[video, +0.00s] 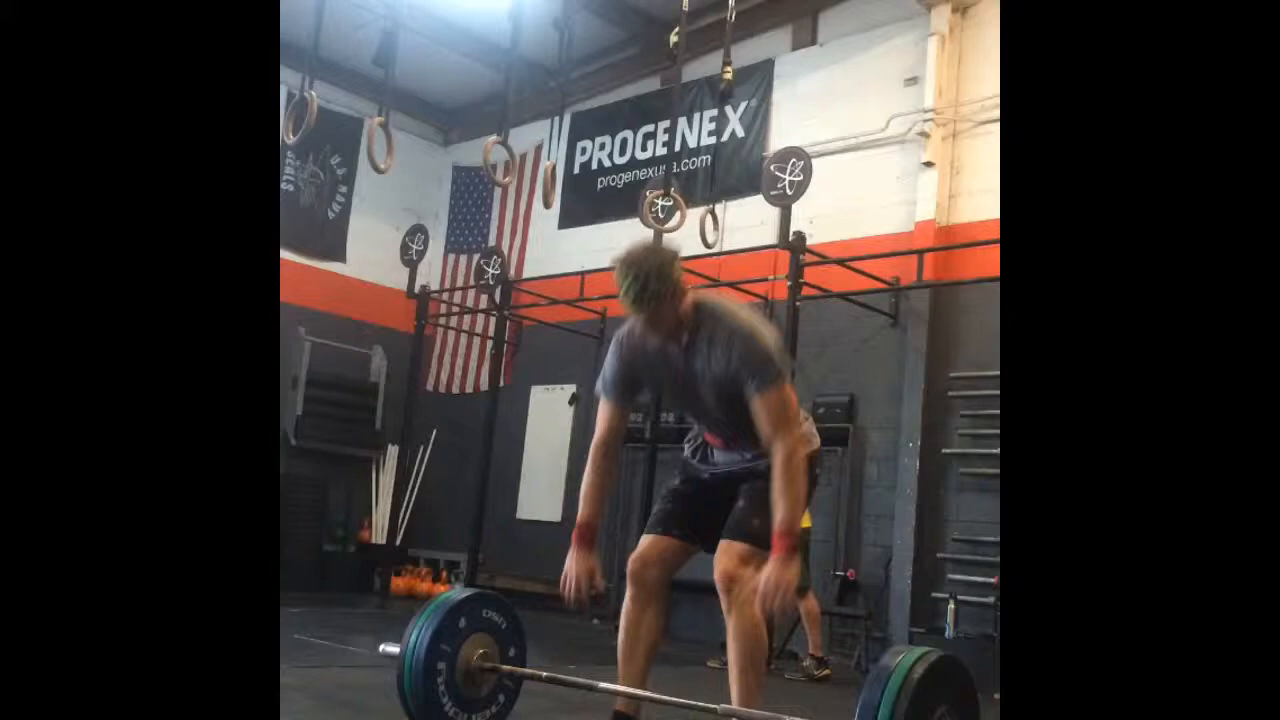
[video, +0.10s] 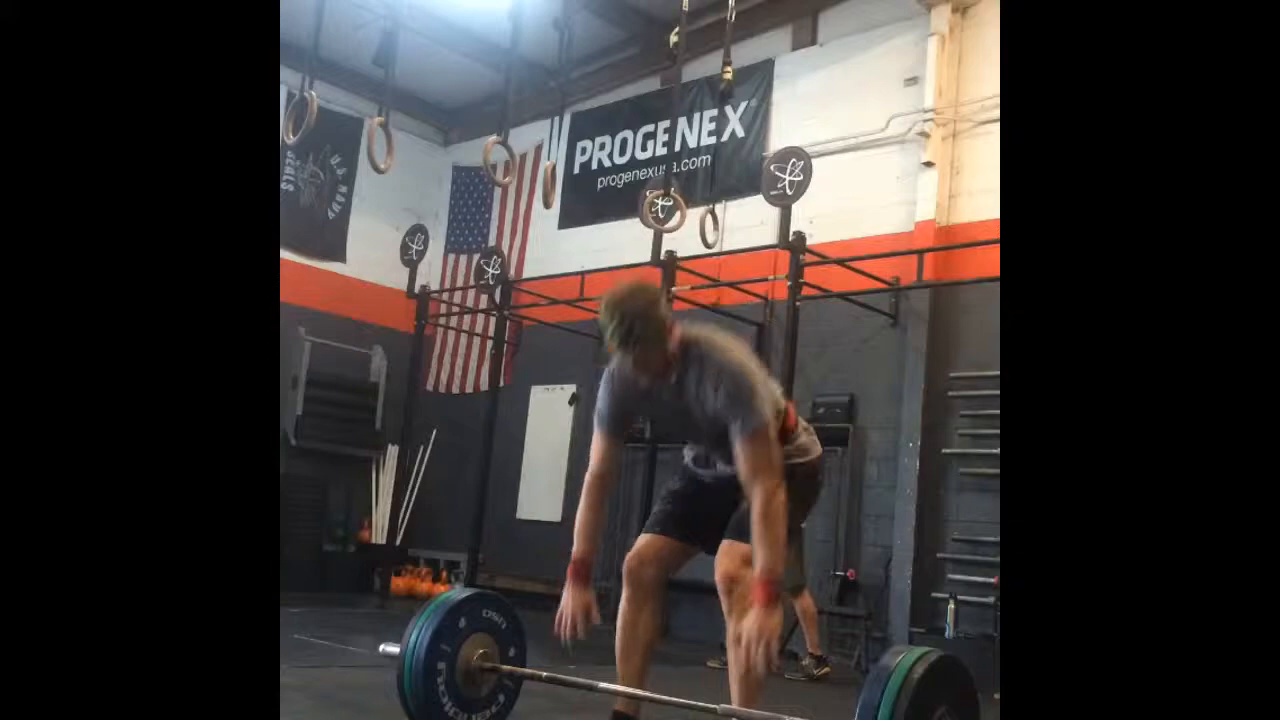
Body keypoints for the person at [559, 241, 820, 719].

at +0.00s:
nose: (654, 325)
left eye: (660, 311)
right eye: (643, 315)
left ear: (682, 291)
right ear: (630, 304)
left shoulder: (742, 336)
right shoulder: (630, 343)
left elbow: (788, 440)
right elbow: (605, 444)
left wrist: (784, 553)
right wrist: (582, 543)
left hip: (776, 458)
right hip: (709, 455)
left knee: (734, 573)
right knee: (645, 565)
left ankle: (745, 716)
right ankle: (626, 709)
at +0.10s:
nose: (646, 370)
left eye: (652, 357)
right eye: (633, 361)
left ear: (672, 333)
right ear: (617, 350)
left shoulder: (726, 368)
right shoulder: (620, 377)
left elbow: (766, 484)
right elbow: (598, 476)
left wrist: (767, 595)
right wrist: (578, 576)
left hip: (783, 461)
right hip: (710, 465)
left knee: (733, 575)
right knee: (641, 566)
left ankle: (745, 713)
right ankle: (626, 708)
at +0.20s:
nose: (626, 418)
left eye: (634, 407)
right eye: (616, 411)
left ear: (658, 382)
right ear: (603, 400)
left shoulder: (717, 417)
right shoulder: (609, 420)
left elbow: (751, 537)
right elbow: (592, 518)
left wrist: (754, 655)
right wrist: (578, 621)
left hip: (785, 470)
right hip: (710, 477)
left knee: (730, 574)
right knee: (640, 565)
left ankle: (747, 710)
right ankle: (626, 707)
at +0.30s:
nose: (619, 454)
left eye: (626, 442)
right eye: (608, 446)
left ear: (649, 413)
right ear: (597, 432)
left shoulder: (713, 443)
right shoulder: (604, 444)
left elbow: (755, 560)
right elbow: (590, 543)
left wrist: (756, 677)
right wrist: (575, 643)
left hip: (788, 470)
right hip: (713, 475)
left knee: (730, 574)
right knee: (640, 565)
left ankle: (746, 708)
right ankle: (626, 707)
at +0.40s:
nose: (613, 462)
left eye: (619, 452)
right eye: (603, 455)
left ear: (642, 423)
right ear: (592, 440)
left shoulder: (710, 446)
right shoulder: (602, 448)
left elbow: (756, 561)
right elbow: (585, 547)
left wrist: (755, 679)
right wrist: (573, 646)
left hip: (787, 465)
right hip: (713, 468)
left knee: (730, 574)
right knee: (643, 566)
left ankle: (747, 708)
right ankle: (627, 708)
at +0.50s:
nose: (610, 459)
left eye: (616, 447)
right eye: (600, 451)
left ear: (640, 419)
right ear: (589, 436)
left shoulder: (708, 442)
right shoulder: (601, 447)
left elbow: (751, 562)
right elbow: (586, 547)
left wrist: (753, 680)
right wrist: (571, 646)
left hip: (786, 461)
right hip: (713, 466)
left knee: (731, 574)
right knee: (647, 569)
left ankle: (746, 707)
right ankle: (628, 707)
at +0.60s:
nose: (607, 460)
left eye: (613, 449)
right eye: (598, 451)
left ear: (640, 419)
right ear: (588, 437)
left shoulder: (709, 444)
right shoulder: (601, 447)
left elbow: (754, 562)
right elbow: (583, 545)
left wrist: (752, 681)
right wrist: (569, 645)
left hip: (784, 461)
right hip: (707, 466)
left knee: (732, 576)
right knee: (645, 568)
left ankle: (747, 707)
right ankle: (627, 708)